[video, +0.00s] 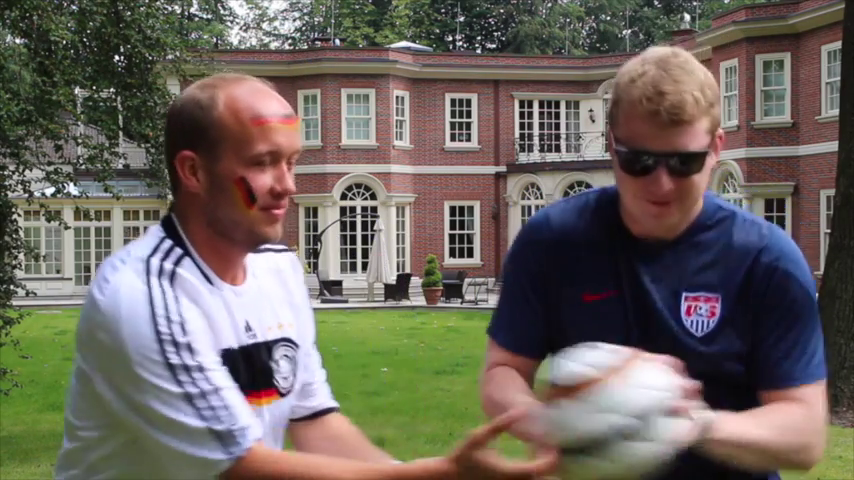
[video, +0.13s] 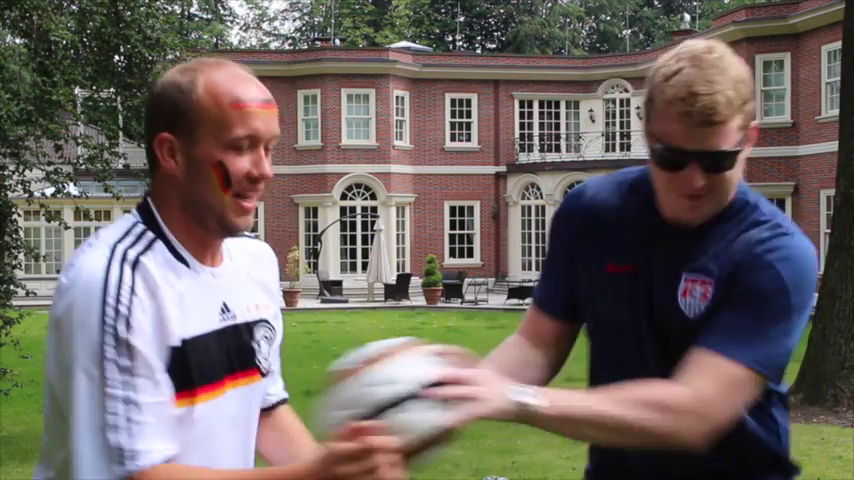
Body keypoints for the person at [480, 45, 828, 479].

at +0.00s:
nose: (661, 183)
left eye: (684, 161)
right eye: (638, 160)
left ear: (716, 148)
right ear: (611, 145)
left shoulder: (768, 259)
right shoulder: (552, 238)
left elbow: (804, 433)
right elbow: (503, 371)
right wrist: (546, 425)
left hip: (720, 466)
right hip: (587, 465)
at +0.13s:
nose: (692, 182)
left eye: (716, 162)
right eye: (670, 158)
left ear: (748, 138)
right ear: (646, 136)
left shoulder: (777, 256)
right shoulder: (590, 212)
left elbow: (693, 414)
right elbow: (535, 344)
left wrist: (516, 401)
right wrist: (434, 412)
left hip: (740, 472)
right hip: (619, 469)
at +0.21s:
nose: (714, 176)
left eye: (739, 155)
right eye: (693, 150)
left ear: (771, 133)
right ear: (675, 126)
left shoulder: (784, 249)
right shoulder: (620, 197)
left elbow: (640, 362)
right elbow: (550, 325)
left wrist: (456, 373)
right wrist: (442, 385)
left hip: (763, 469)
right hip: (643, 467)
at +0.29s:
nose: (720, 182)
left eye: (744, 160)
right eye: (700, 156)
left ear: (781, 140)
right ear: (683, 130)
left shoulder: (798, 255)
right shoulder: (645, 203)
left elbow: (650, 374)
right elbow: (586, 320)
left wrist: (486, 330)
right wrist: (479, 370)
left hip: (778, 467)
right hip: (666, 466)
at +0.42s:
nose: (716, 211)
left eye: (738, 191)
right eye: (698, 187)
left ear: (785, 172)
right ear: (683, 167)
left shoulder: (824, 279)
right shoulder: (677, 234)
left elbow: (728, 437)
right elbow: (660, 334)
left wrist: (587, 361)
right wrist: (560, 408)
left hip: (815, 469)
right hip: (714, 464)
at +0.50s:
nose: (700, 225)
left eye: (720, 211)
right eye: (686, 205)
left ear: (776, 192)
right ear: (677, 189)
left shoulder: (833, 283)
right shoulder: (683, 252)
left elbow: (829, 459)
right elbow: (687, 353)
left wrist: (675, 449)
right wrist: (651, 444)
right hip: (742, 467)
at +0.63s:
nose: (680, 226)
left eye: (694, 209)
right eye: (671, 206)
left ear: (757, 194)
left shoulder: (839, 270)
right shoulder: (692, 255)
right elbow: (726, 333)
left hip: (838, 461)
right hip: (763, 456)